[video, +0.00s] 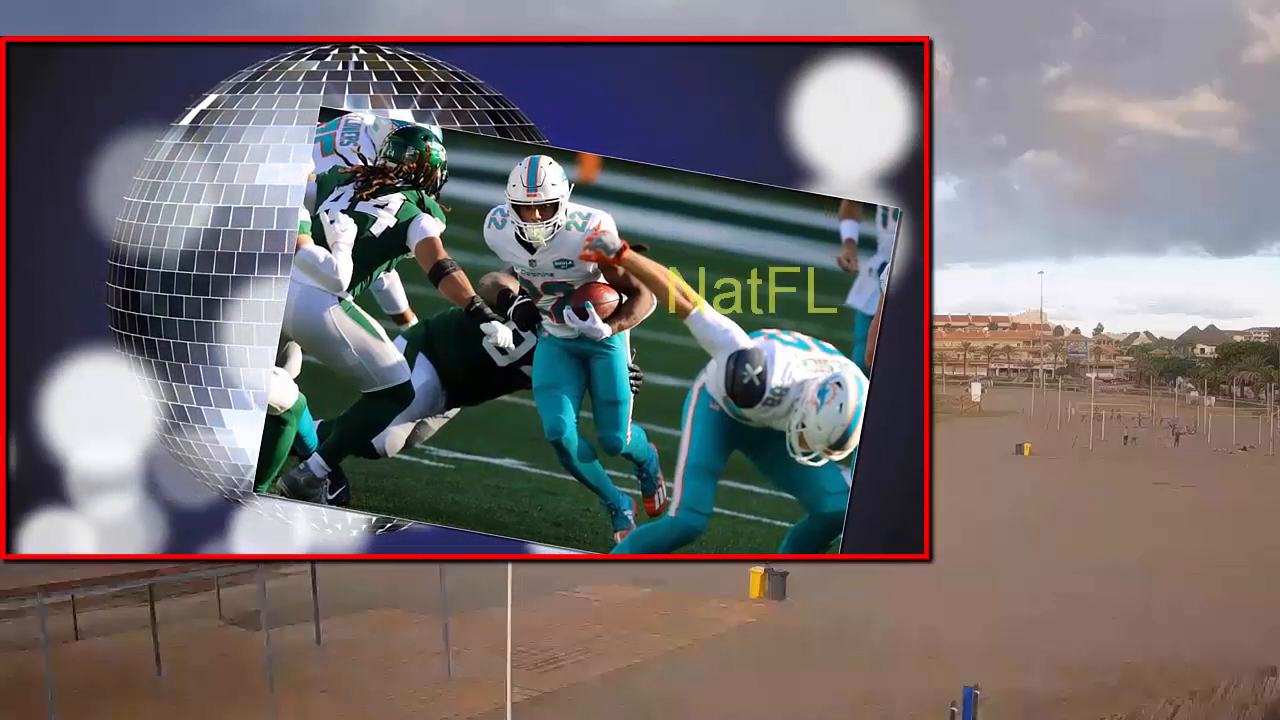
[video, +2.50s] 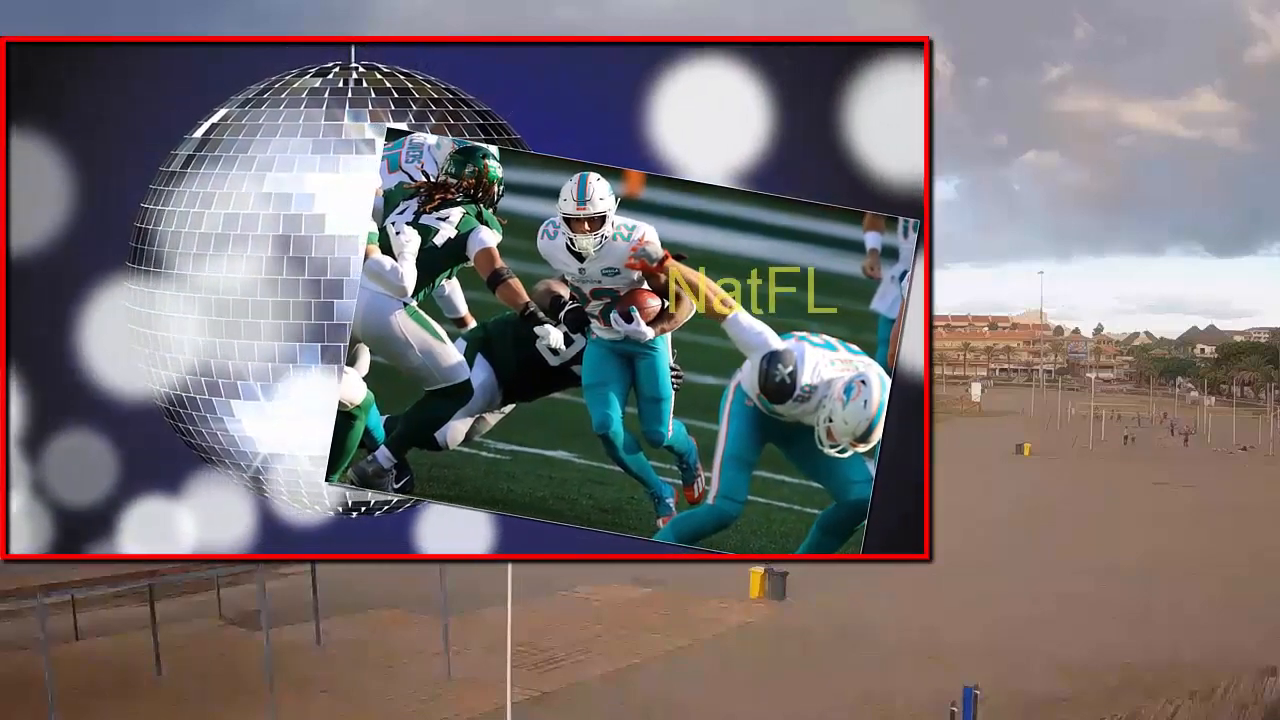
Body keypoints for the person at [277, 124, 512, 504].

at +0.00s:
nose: (439, 178)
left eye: (439, 170)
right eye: (437, 170)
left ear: (384, 156)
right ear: (427, 170)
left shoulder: (336, 178)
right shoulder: (414, 211)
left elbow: (285, 207)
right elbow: (440, 268)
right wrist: (482, 315)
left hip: (272, 285)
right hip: (321, 302)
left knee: (283, 366)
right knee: (395, 388)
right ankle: (313, 470)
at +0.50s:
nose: (451, 181)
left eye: (450, 174)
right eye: (449, 173)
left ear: (396, 160)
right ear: (439, 175)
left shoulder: (350, 183)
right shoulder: (425, 214)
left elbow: (301, 202)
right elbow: (451, 270)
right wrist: (493, 316)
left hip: (287, 285)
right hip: (334, 304)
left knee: (292, 372)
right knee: (408, 389)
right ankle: (326, 470)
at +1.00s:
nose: (462, 184)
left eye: (462, 177)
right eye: (460, 176)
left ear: (409, 163)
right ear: (450, 177)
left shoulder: (365, 184)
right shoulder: (439, 216)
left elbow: (315, 202)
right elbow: (463, 271)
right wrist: (504, 316)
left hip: (299, 284)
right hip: (346, 304)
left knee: (303, 386)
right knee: (420, 389)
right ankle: (339, 468)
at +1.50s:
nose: (474, 186)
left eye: (473, 178)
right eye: (472, 178)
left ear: (420, 165)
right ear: (462, 179)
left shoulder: (376, 188)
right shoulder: (449, 218)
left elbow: (328, 213)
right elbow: (474, 273)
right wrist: (514, 316)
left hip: (315, 286)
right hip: (360, 305)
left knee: (321, 373)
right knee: (433, 388)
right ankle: (355, 464)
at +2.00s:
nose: (485, 189)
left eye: (485, 182)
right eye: (483, 182)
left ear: (435, 170)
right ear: (473, 182)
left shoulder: (390, 190)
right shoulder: (463, 218)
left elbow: (340, 207)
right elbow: (485, 273)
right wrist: (522, 314)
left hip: (328, 289)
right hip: (374, 306)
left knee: (334, 369)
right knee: (445, 388)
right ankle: (367, 462)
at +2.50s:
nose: (496, 191)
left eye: (496, 184)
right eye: (493, 184)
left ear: (446, 173)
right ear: (482, 185)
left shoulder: (401, 194)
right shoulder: (472, 223)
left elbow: (357, 219)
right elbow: (497, 275)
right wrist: (535, 317)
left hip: (341, 289)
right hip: (387, 307)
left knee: (348, 371)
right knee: (457, 387)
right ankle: (381, 461)